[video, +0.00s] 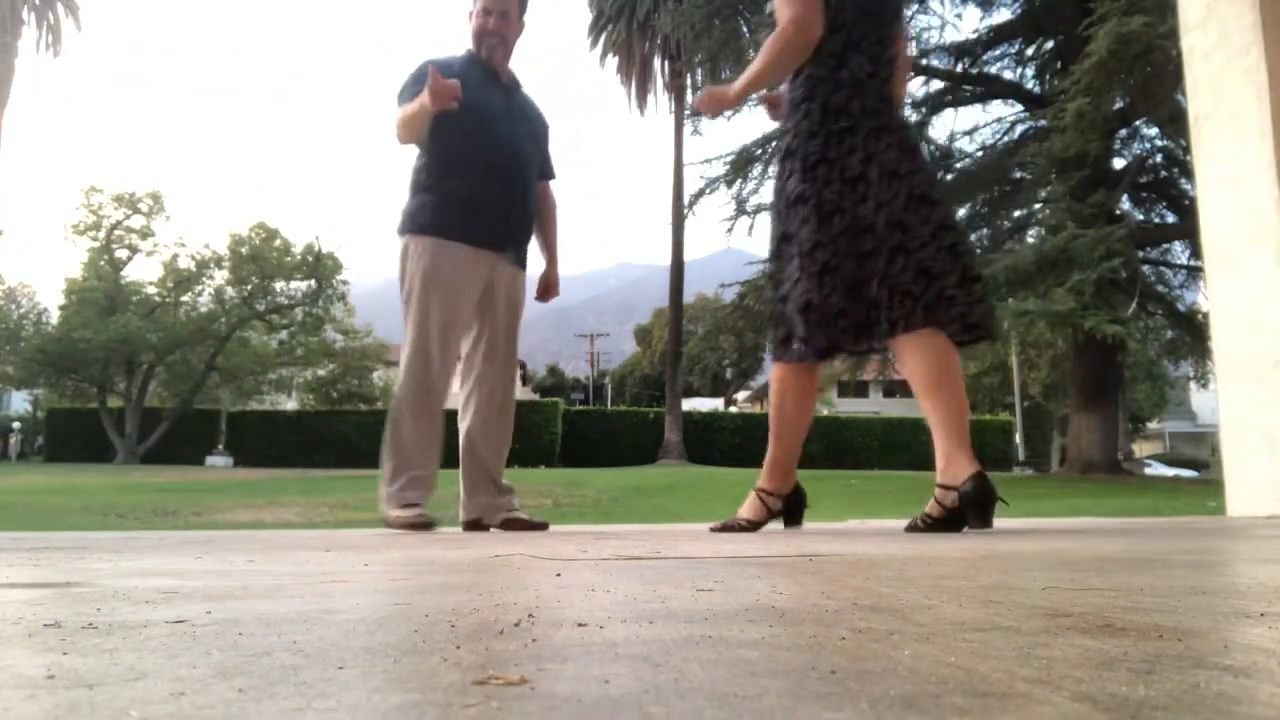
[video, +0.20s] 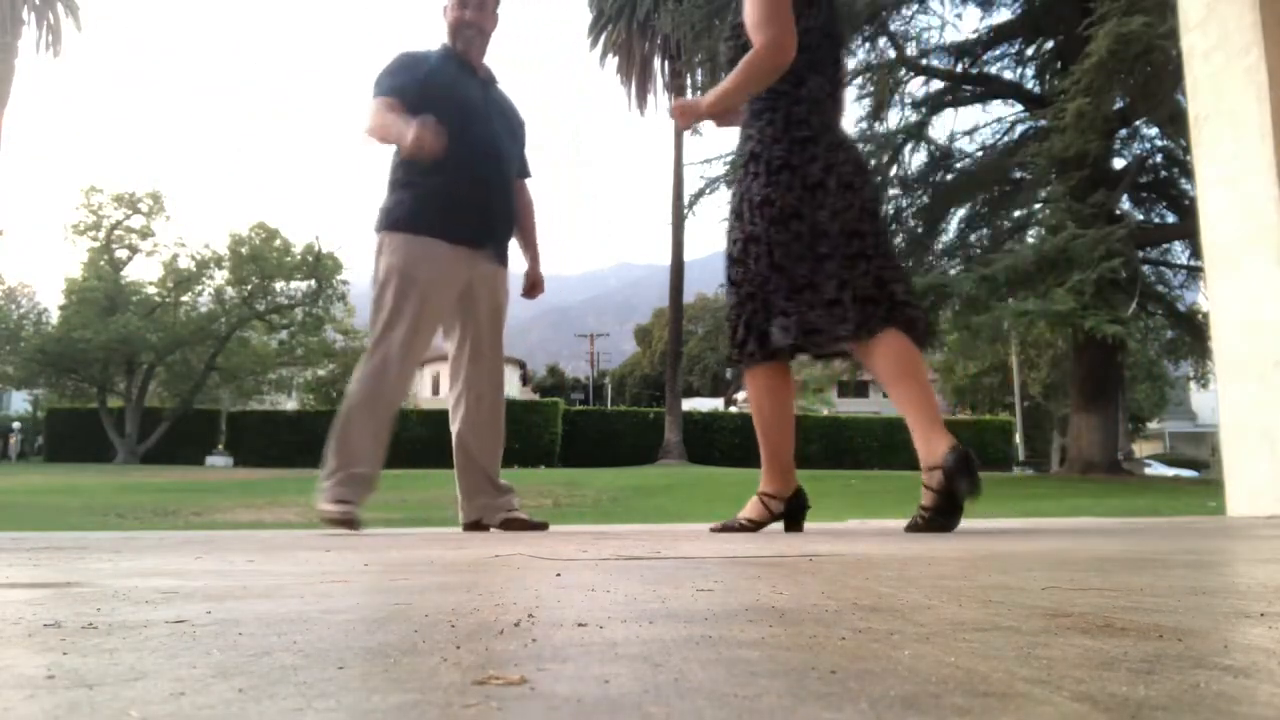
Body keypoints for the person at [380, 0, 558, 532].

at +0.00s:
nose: (493, 24)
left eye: (505, 16)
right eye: (486, 13)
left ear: (521, 27)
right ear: (472, 18)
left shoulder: (531, 114)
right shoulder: (439, 70)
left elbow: (542, 191)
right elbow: (405, 131)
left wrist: (550, 261)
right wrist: (428, 106)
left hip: (507, 256)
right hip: (441, 243)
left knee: (493, 380)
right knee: (425, 370)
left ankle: (486, 504)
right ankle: (405, 498)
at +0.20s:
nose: (471, 17)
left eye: (482, 9)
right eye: (462, 7)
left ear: (496, 20)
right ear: (446, 12)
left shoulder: (506, 110)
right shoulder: (416, 68)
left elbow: (517, 187)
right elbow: (378, 120)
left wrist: (532, 259)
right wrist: (407, 130)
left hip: (485, 254)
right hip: (418, 241)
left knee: (481, 379)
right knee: (388, 364)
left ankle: (484, 506)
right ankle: (340, 494)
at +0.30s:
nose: (452, 11)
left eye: (464, 5)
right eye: (443, 2)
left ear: (476, 16)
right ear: (427, 9)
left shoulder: (488, 109)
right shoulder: (393, 64)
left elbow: (501, 186)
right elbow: (362, 130)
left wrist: (524, 256)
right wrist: (377, 178)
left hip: (471, 255)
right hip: (401, 241)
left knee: (473, 378)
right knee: (368, 366)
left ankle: (484, 506)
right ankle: (313, 499)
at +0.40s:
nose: (435, 8)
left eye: (443, 3)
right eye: (426, 0)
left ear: (453, 13)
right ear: (407, 6)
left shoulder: (468, 104)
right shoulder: (372, 58)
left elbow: (482, 185)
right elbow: (341, 139)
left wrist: (519, 247)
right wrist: (330, 223)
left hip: (448, 260)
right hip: (375, 243)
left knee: (462, 384)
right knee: (344, 373)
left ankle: (485, 506)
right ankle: (306, 503)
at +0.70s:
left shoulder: (432, 60)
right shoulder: (327, 15)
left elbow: (469, 142)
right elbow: (271, 101)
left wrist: (529, 186)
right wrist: (258, 198)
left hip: (415, 229)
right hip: (334, 220)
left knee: (424, 363)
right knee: (317, 362)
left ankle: (410, 503)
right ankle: (303, 503)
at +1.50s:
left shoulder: (377, 29)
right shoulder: (266, 1)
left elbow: (384, 123)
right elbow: (214, 43)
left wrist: (465, 160)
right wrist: (247, 135)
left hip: (360, 206)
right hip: (282, 188)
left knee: (375, 353)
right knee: (257, 346)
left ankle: (366, 500)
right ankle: (221, 505)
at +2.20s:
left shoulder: (352, 32)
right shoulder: (243, 1)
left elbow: (358, 129)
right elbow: (195, 41)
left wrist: (439, 168)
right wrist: (277, 54)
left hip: (323, 201)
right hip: (241, 181)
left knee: (358, 351)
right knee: (247, 343)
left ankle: (341, 505)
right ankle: (219, 506)